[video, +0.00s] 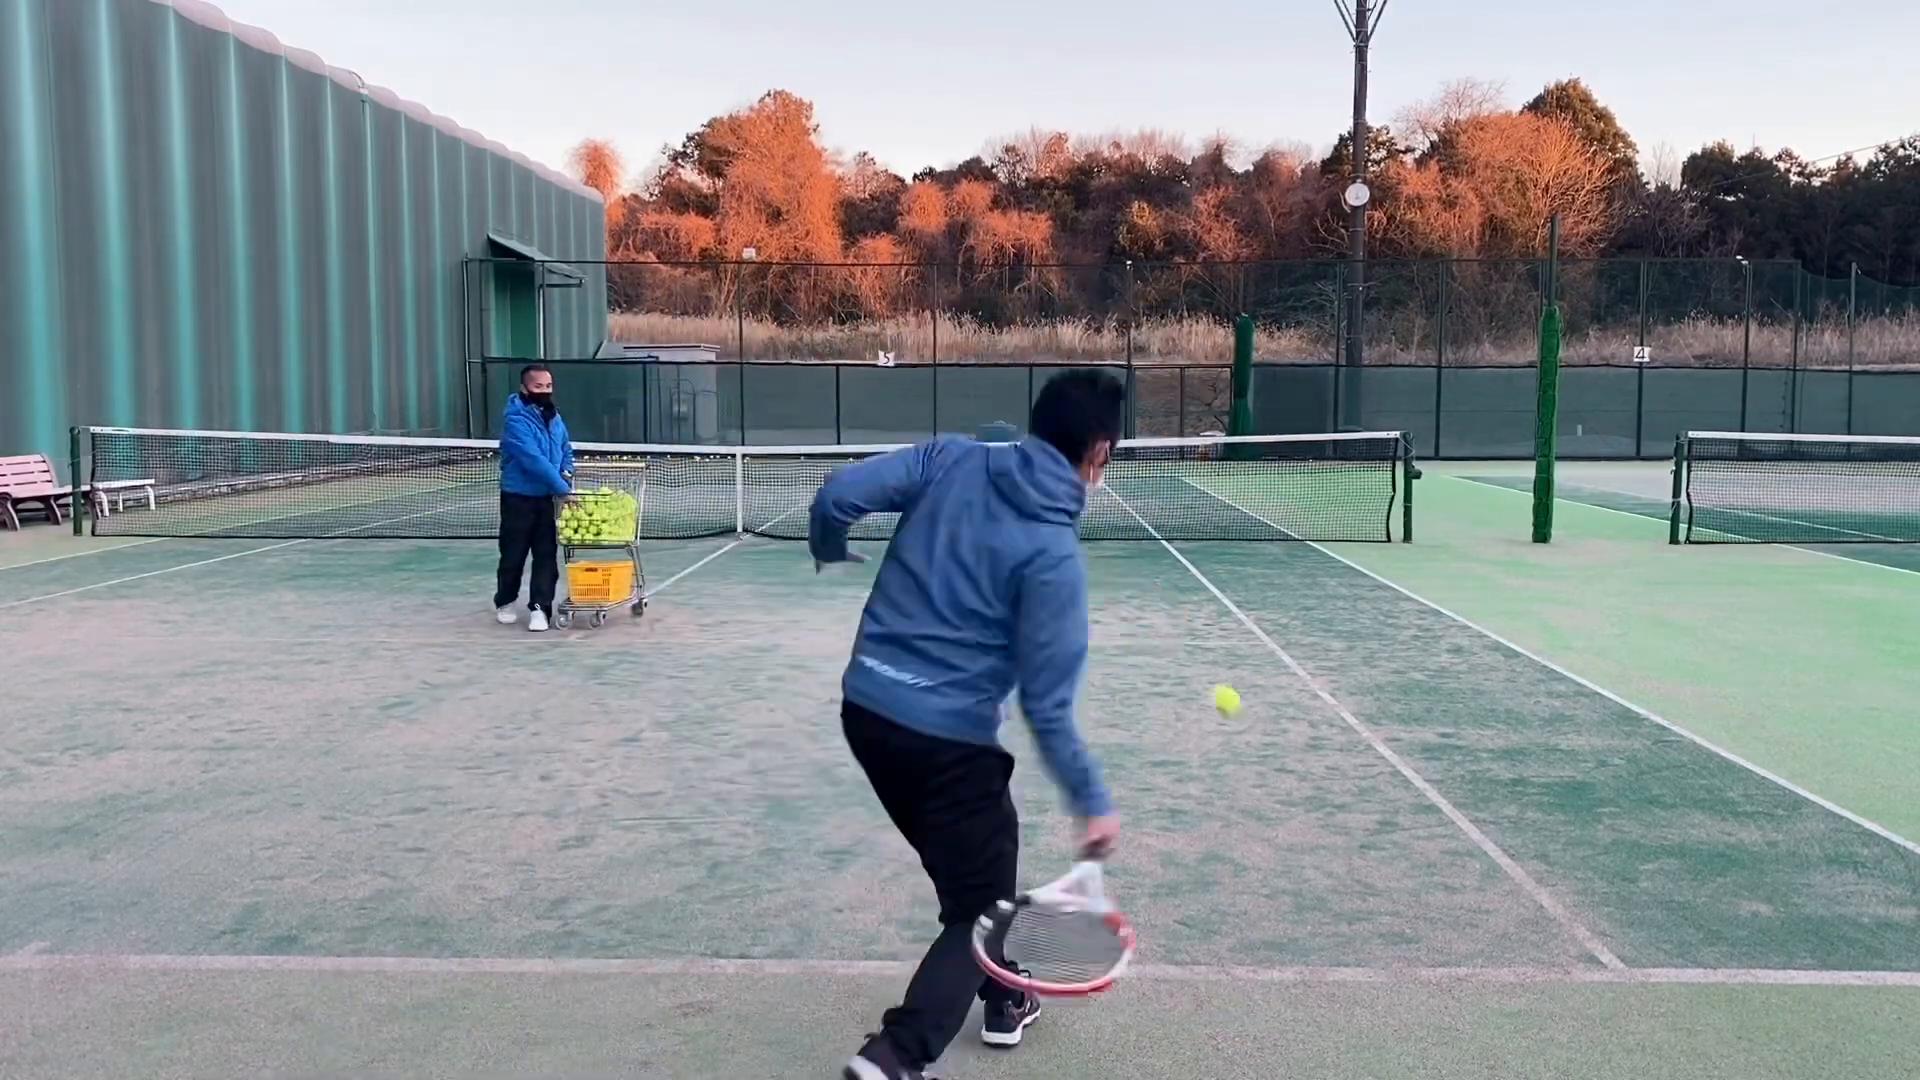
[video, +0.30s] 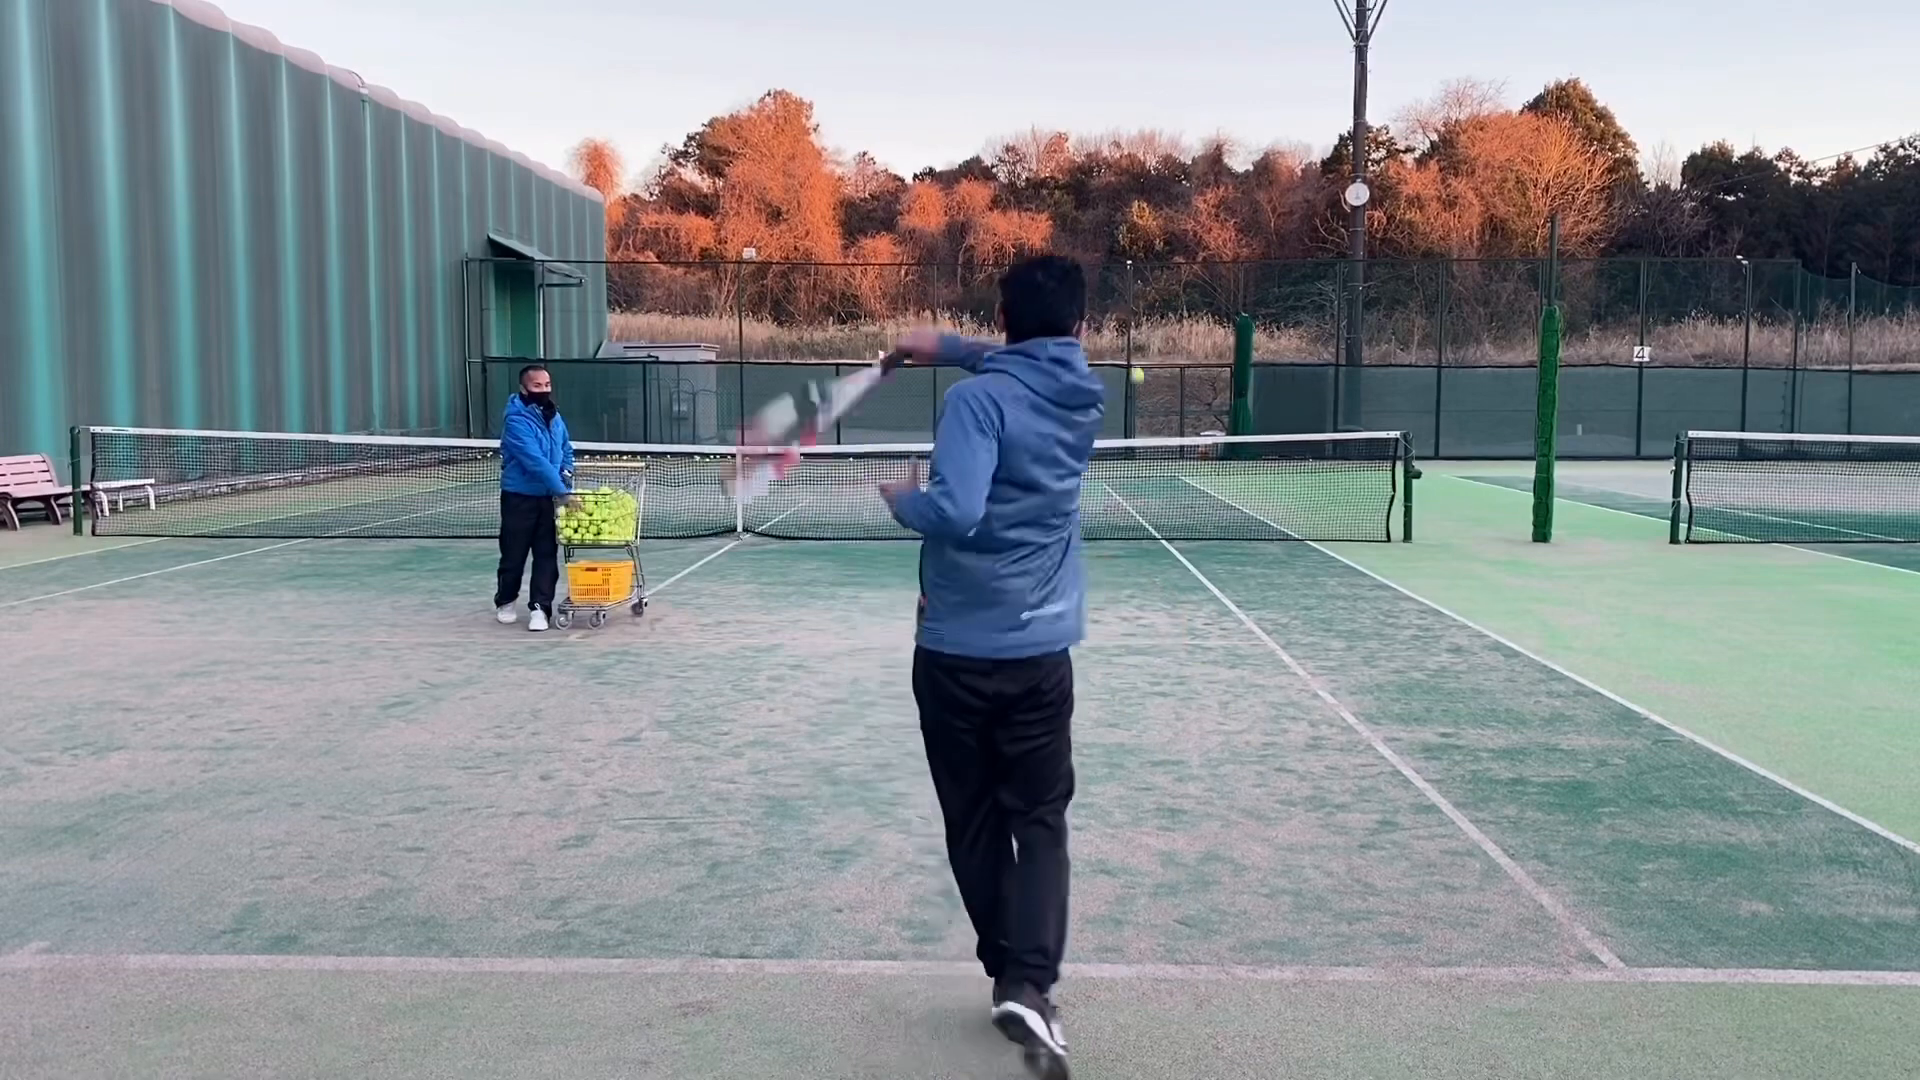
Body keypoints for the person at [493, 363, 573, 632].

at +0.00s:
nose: (545, 391)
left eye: (548, 386)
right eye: (539, 387)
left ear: (552, 387)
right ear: (525, 388)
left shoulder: (554, 417)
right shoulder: (516, 418)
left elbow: (566, 449)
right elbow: (531, 458)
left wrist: (565, 470)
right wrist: (562, 489)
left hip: (546, 493)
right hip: (518, 494)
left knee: (546, 555)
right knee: (514, 553)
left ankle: (540, 609)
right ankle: (505, 602)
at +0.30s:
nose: (544, 389)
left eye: (547, 384)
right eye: (538, 385)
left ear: (550, 386)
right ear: (525, 388)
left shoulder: (554, 416)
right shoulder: (516, 419)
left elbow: (566, 448)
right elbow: (532, 459)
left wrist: (566, 469)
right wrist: (560, 489)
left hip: (548, 493)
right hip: (519, 494)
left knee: (546, 554)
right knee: (514, 553)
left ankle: (540, 609)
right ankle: (506, 601)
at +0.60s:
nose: (538, 388)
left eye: (542, 384)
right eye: (532, 384)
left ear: (546, 385)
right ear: (520, 387)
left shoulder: (555, 416)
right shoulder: (510, 418)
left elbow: (569, 451)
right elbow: (517, 461)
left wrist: (565, 475)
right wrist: (554, 477)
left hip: (547, 496)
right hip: (516, 496)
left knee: (546, 555)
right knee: (514, 554)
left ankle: (541, 609)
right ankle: (512, 601)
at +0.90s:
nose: (522, 391)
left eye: (526, 386)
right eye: (516, 387)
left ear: (533, 388)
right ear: (506, 390)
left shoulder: (549, 418)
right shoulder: (496, 422)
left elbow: (568, 451)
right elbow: (492, 463)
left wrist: (566, 471)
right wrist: (512, 475)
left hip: (541, 497)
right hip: (508, 498)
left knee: (540, 554)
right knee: (509, 555)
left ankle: (540, 607)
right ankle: (511, 603)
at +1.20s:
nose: (509, 392)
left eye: (513, 386)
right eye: (503, 387)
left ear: (522, 387)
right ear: (496, 389)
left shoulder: (540, 415)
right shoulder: (488, 421)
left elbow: (565, 447)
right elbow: (481, 459)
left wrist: (565, 473)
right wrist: (485, 491)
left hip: (534, 494)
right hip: (502, 495)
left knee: (534, 550)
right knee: (505, 553)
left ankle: (536, 603)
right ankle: (512, 604)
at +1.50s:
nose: (497, 396)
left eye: (501, 390)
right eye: (491, 393)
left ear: (510, 389)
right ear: (485, 395)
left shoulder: (533, 416)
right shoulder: (484, 425)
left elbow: (559, 441)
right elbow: (478, 466)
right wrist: (479, 502)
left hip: (536, 492)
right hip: (499, 497)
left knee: (535, 548)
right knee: (504, 550)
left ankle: (535, 601)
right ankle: (509, 602)